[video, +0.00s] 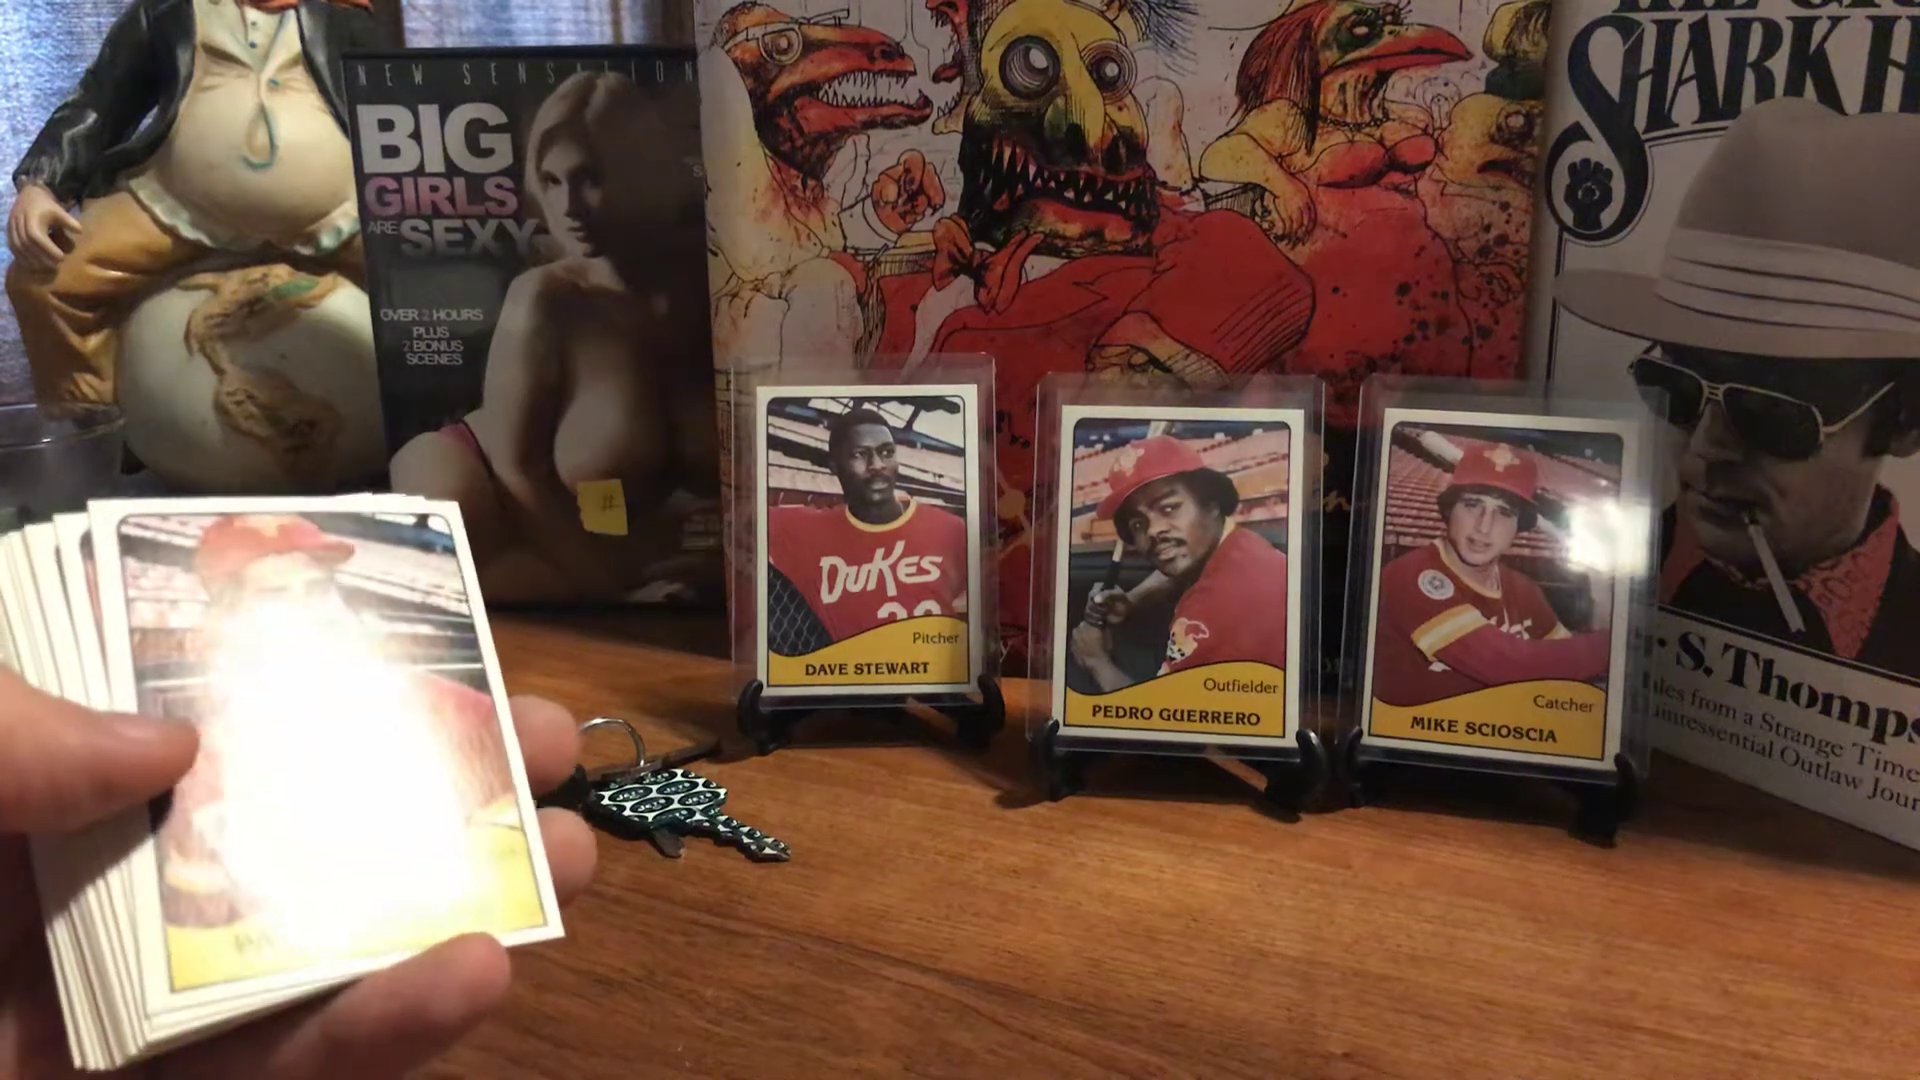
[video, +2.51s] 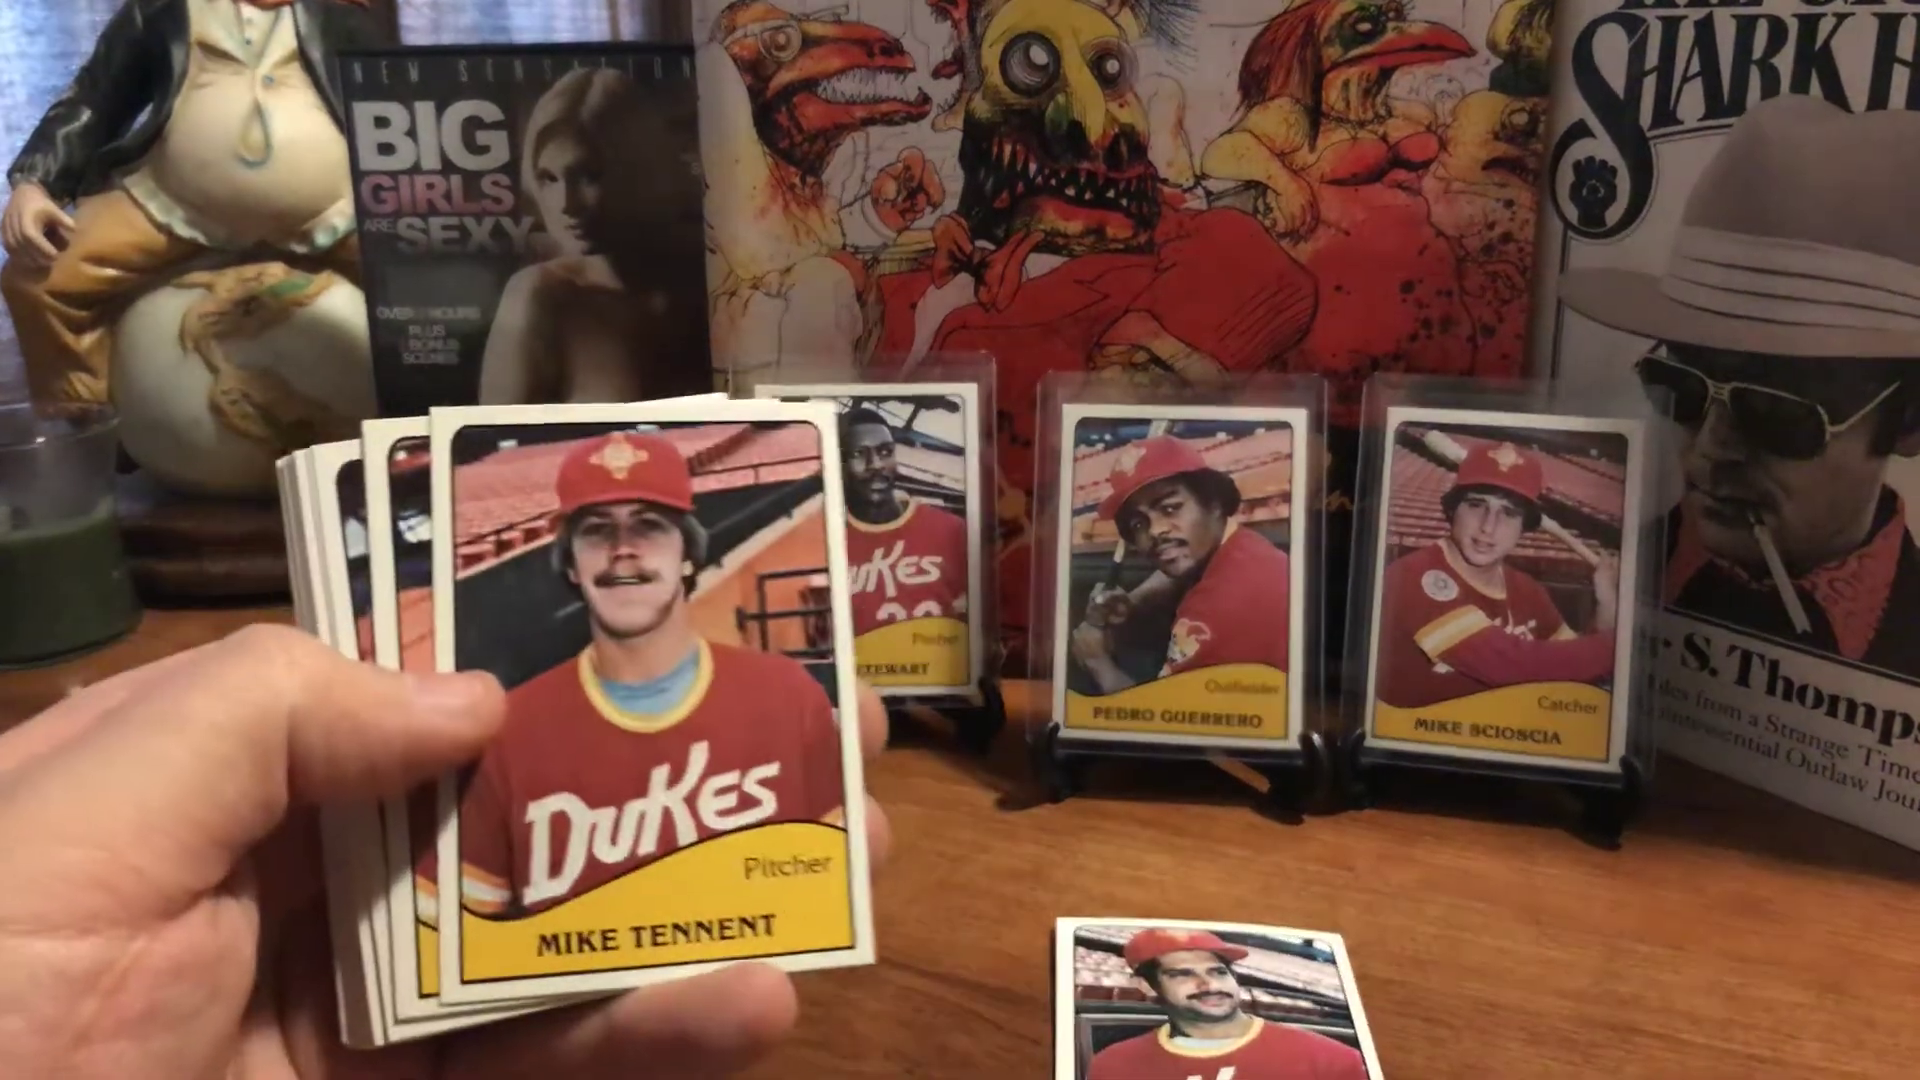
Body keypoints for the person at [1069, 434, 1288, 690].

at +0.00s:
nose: (1155, 530)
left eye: (1169, 508)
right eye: (1139, 523)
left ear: (1211, 505)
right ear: (1133, 540)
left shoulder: (1208, 610)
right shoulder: (1249, 545)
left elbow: (1162, 720)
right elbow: (1185, 565)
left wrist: (1098, 662)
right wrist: (1132, 602)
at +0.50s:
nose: (1155, 530)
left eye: (1169, 508)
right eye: (1139, 523)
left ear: (1212, 503)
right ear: (1133, 540)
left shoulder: (1210, 608)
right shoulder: (1247, 544)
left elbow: (1161, 718)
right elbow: (1184, 564)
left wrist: (1098, 662)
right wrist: (1132, 601)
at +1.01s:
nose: (1155, 530)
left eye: (1169, 508)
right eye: (1139, 524)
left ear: (1213, 507)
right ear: (1134, 541)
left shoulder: (1210, 609)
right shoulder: (1247, 544)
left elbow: (1160, 721)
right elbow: (1183, 566)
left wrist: (1097, 661)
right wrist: (1132, 602)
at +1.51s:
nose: (1155, 531)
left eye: (1169, 509)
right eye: (1139, 524)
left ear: (1212, 504)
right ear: (1132, 540)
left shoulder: (1209, 612)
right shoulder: (1247, 545)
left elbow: (1161, 721)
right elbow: (1184, 564)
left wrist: (1097, 662)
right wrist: (1133, 602)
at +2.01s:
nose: (1155, 531)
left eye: (1169, 508)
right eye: (1138, 524)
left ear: (1213, 503)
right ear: (1132, 540)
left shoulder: (1213, 607)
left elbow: (1161, 722)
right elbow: (1183, 564)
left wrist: (1098, 661)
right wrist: (1133, 602)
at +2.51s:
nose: (1156, 530)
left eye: (1170, 508)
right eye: (1139, 523)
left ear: (1214, 503)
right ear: (1133, 540)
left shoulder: (1213, 608)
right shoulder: (1251, 545)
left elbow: (1160, 720)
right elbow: (1185, 565)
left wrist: (1098, 662)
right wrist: (1133, 603)